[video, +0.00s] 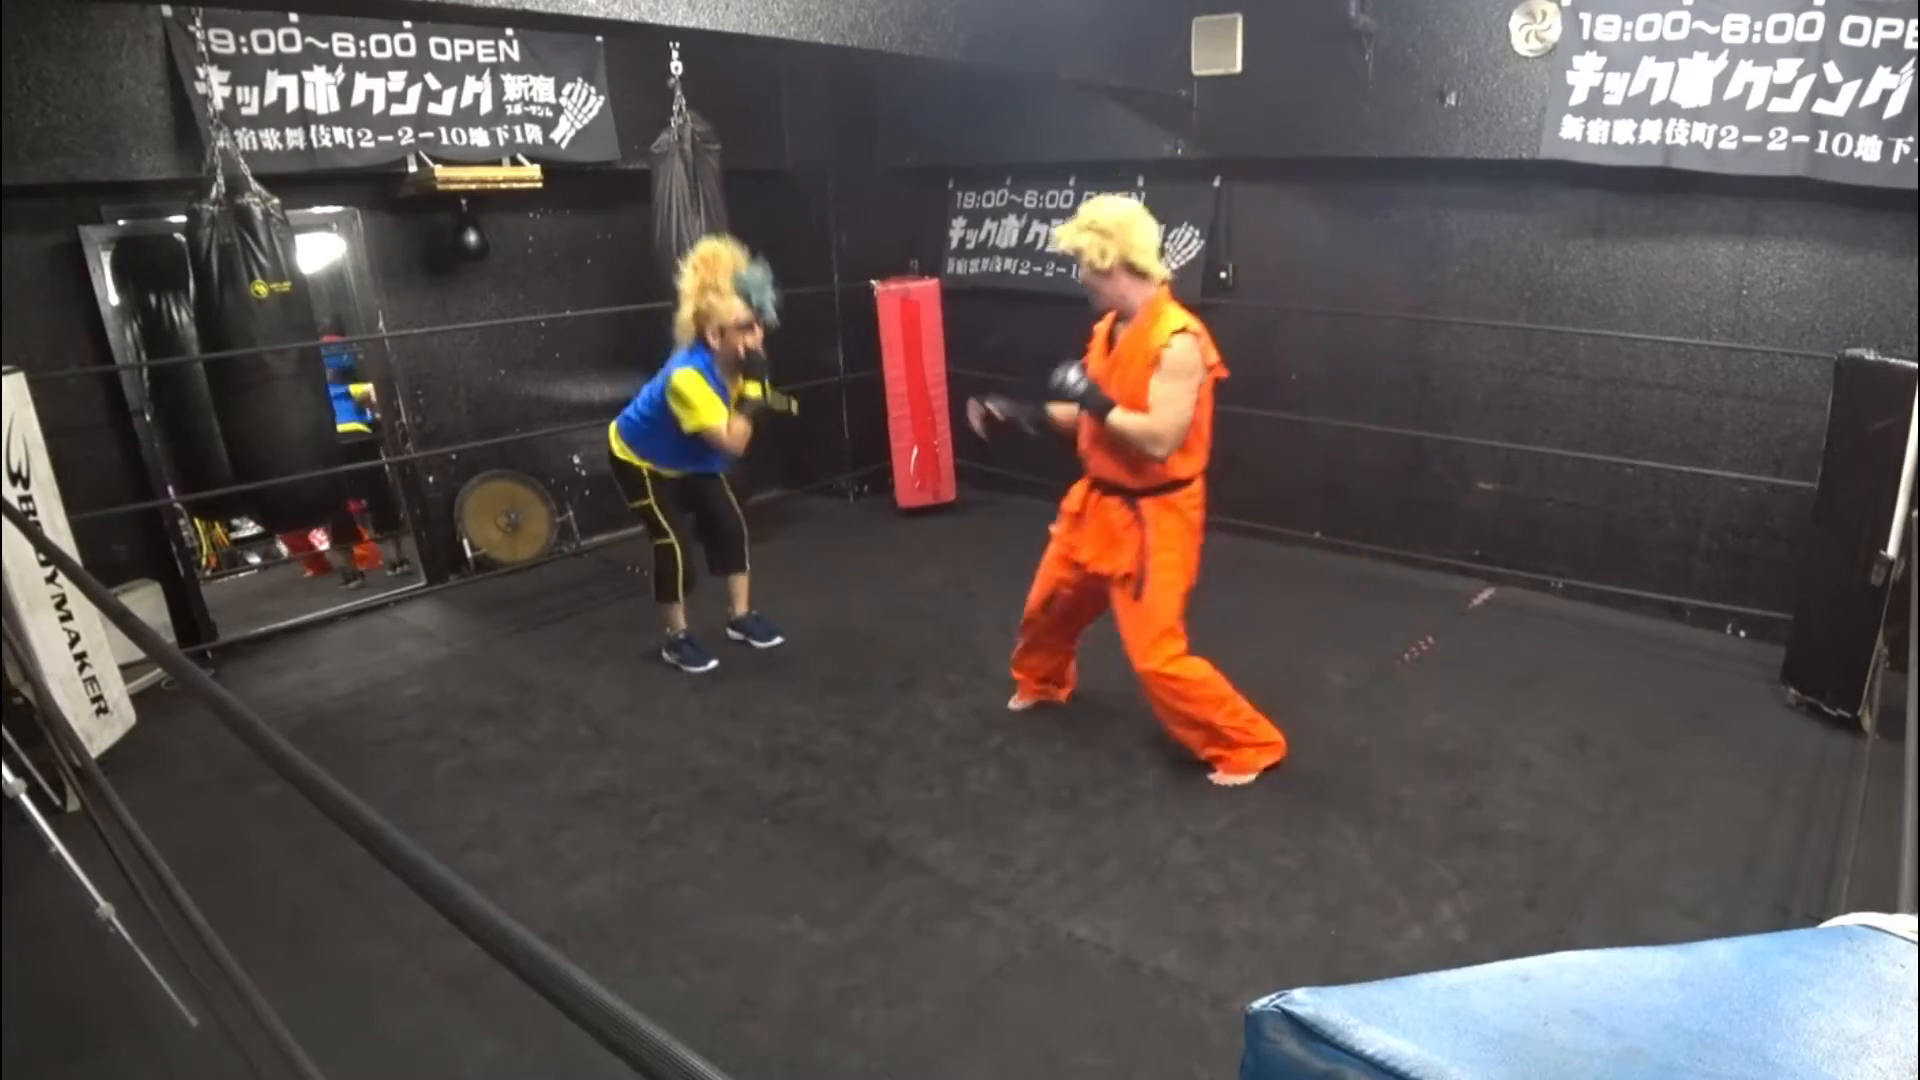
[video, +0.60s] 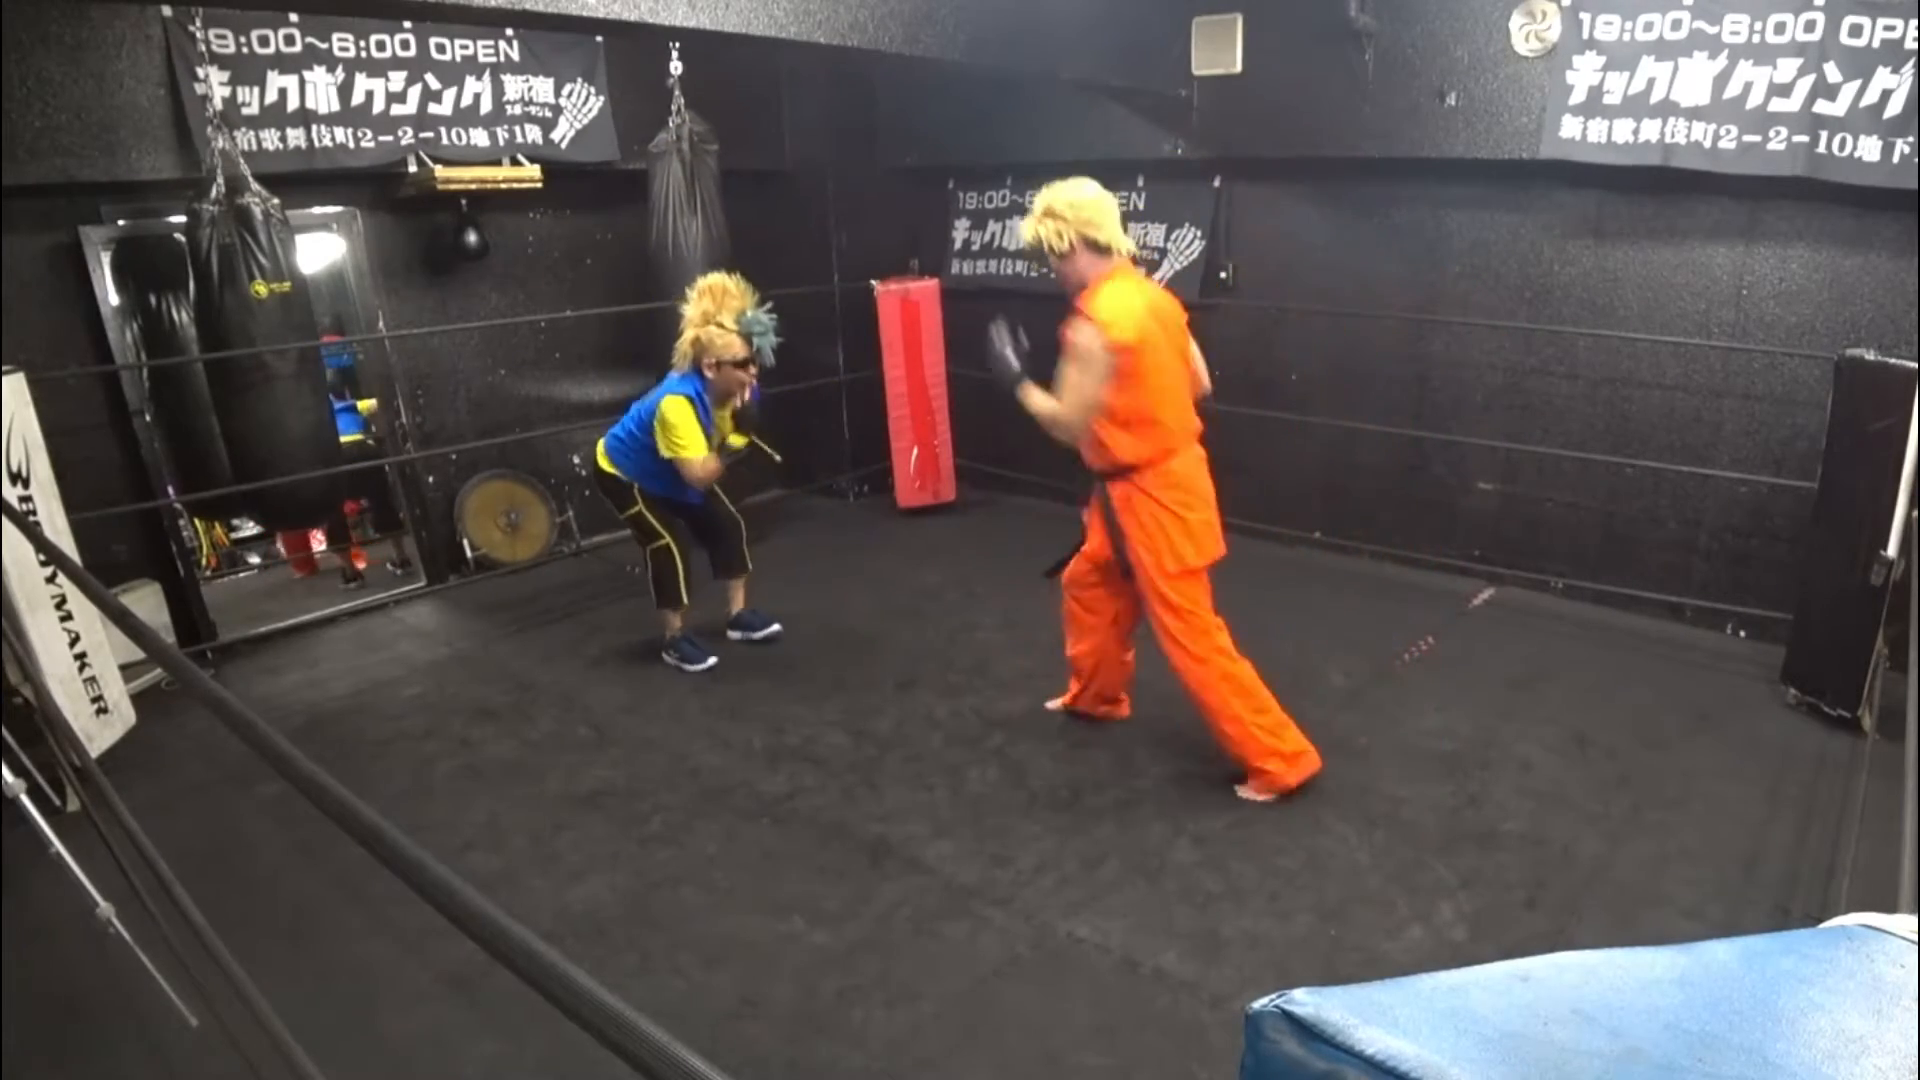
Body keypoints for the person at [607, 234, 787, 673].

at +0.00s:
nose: (756, 338)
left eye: (757, 327)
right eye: (745, 330)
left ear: (760, 327)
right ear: (714, 336)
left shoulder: (739, 365)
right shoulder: (686, 377)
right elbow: (734, 442)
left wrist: (761, 402)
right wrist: (751, 398)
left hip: (694, 455)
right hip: (640, 455)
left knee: (731, 525)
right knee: (670, 541)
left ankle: (740, 616)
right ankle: (676, 635)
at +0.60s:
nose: (752, 374)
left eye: (754, 364)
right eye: (742, 365)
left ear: (716, 368)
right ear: (710, 368)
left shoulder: (723, 395)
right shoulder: (676, 404)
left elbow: (725, 436)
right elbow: (698, 475)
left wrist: (741, 414)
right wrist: (728, 450)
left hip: (669, 464)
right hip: (620, 469)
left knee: (728, 526)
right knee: (666, 545)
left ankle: (739, 614)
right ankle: (673, 637)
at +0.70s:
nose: (731, 342)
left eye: (736, 332)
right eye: (720, 333)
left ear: (743, 333)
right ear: (691, 335)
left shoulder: (742, 368)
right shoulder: (659, 382)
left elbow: (733, 408)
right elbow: (634, 447)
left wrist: (738, 435)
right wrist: (663, 471)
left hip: (692, 468)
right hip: (635, 474)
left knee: (739, 531)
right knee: (680, 547)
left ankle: (739, 615)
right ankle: (676, 635)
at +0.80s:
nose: (706, 305)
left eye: (709, 293)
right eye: (693, 296)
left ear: (716, 291)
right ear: (666, 299)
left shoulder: (724, 335)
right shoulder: (630, 347)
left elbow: (746, 382)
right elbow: (605, 405)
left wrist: (744, 431)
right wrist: (619, 455)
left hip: (710, 466)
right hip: (658, 474)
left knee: (753, 537)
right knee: (692, 555)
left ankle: (743, 614)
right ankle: (683, 635)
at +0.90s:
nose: (686, 271)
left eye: (689, 260)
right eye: (674, 262)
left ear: (695, 257)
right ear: (645, 262)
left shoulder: (708, 306)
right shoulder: (613, 309)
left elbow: (738, 370)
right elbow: (601, 377)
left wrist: (745, 418)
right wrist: (639, 406)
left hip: (714, 447)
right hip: (662, 453)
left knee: (751, 537)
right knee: (674, 544)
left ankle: (742, 614)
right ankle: (674, 632)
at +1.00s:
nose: (669, 250)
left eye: (672, 239)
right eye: (656, 242)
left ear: (680, 239)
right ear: (630, 246)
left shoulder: (701, 290)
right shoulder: (607, 293)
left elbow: (729, 346)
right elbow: (612, 348)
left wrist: (738, 374)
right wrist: (647, 353)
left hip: (711, 428)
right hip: (651, 436)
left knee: (743, 523)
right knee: (646, 534)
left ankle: (772, 610)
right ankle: (663, 627)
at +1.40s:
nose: (628, 307)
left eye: (633, 297)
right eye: (616, 299)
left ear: (642, 300)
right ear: (593, 304)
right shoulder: (574, 344)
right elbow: (566, 399)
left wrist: (687, 398)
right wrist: (604, 368)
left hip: (674, 480)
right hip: (620, 483)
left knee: (715, 568)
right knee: (582, 560)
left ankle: (788, 608)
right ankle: (616, 610)